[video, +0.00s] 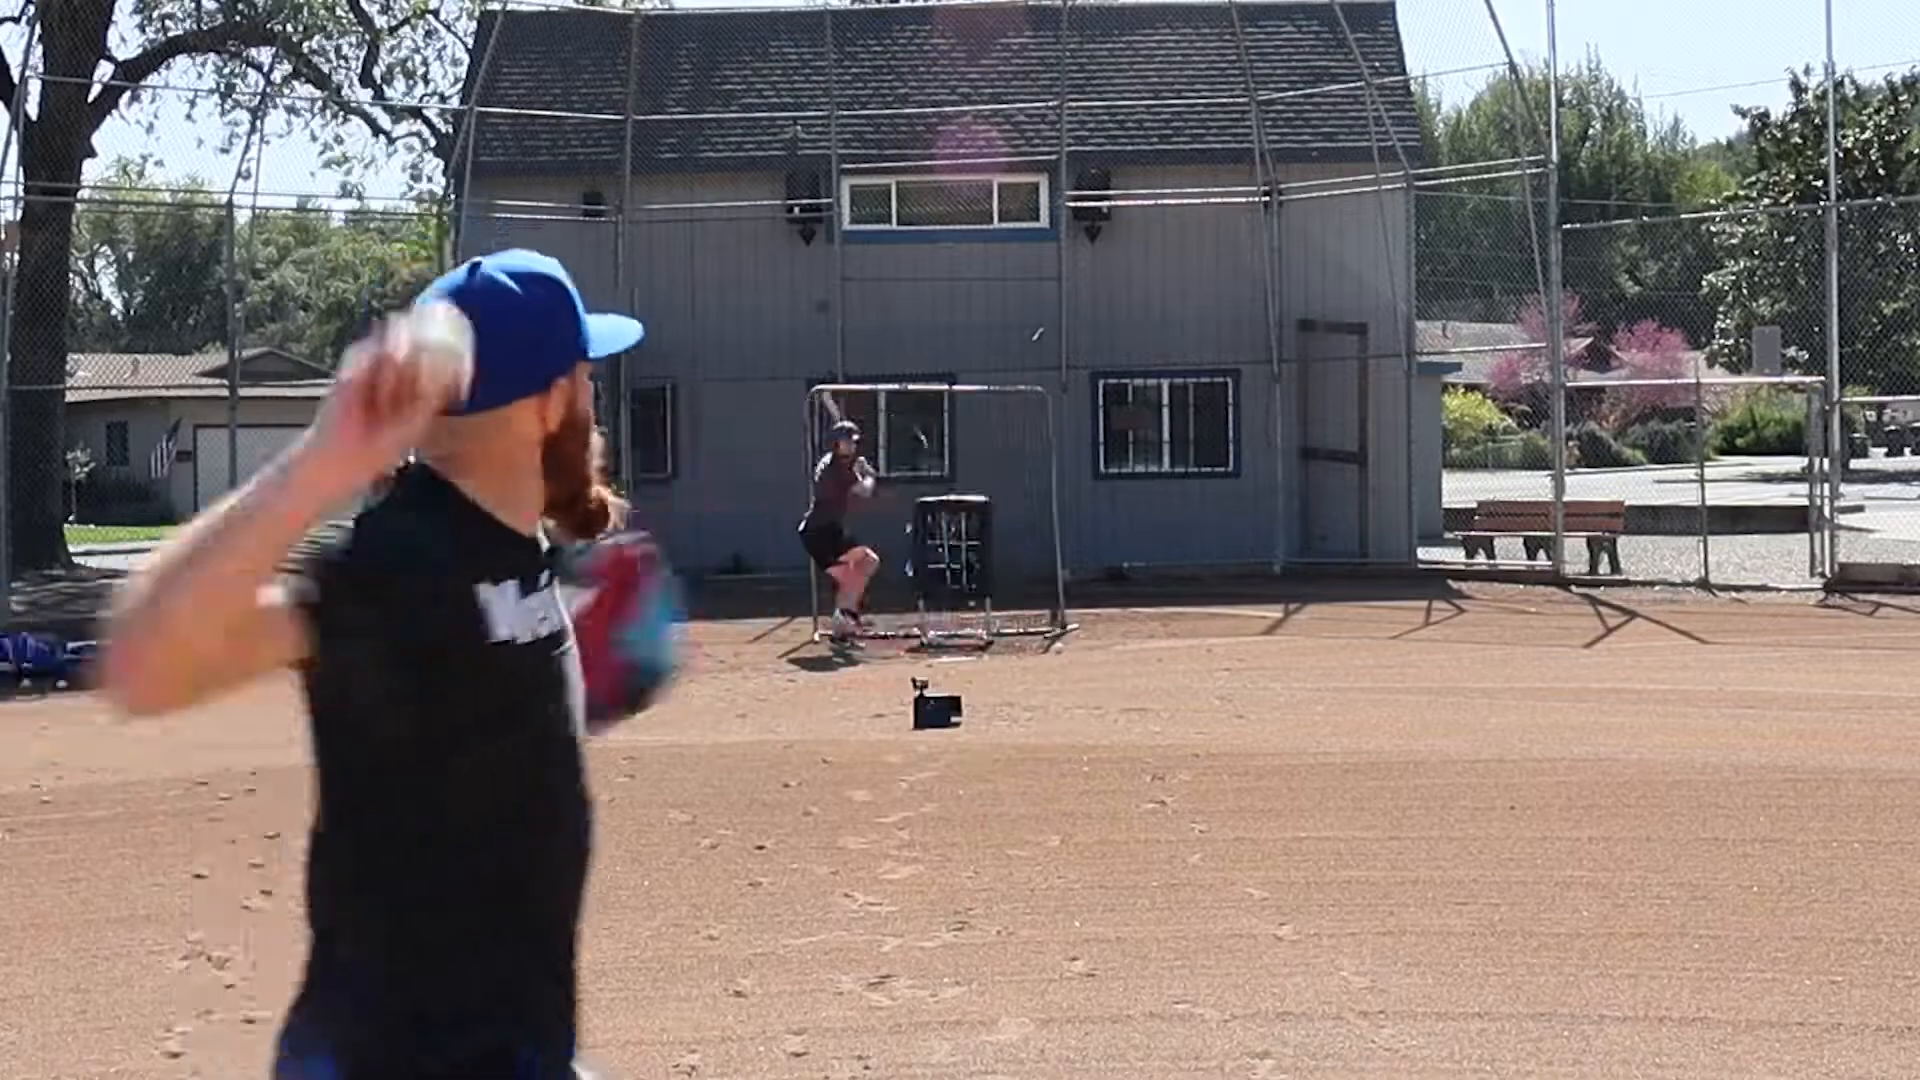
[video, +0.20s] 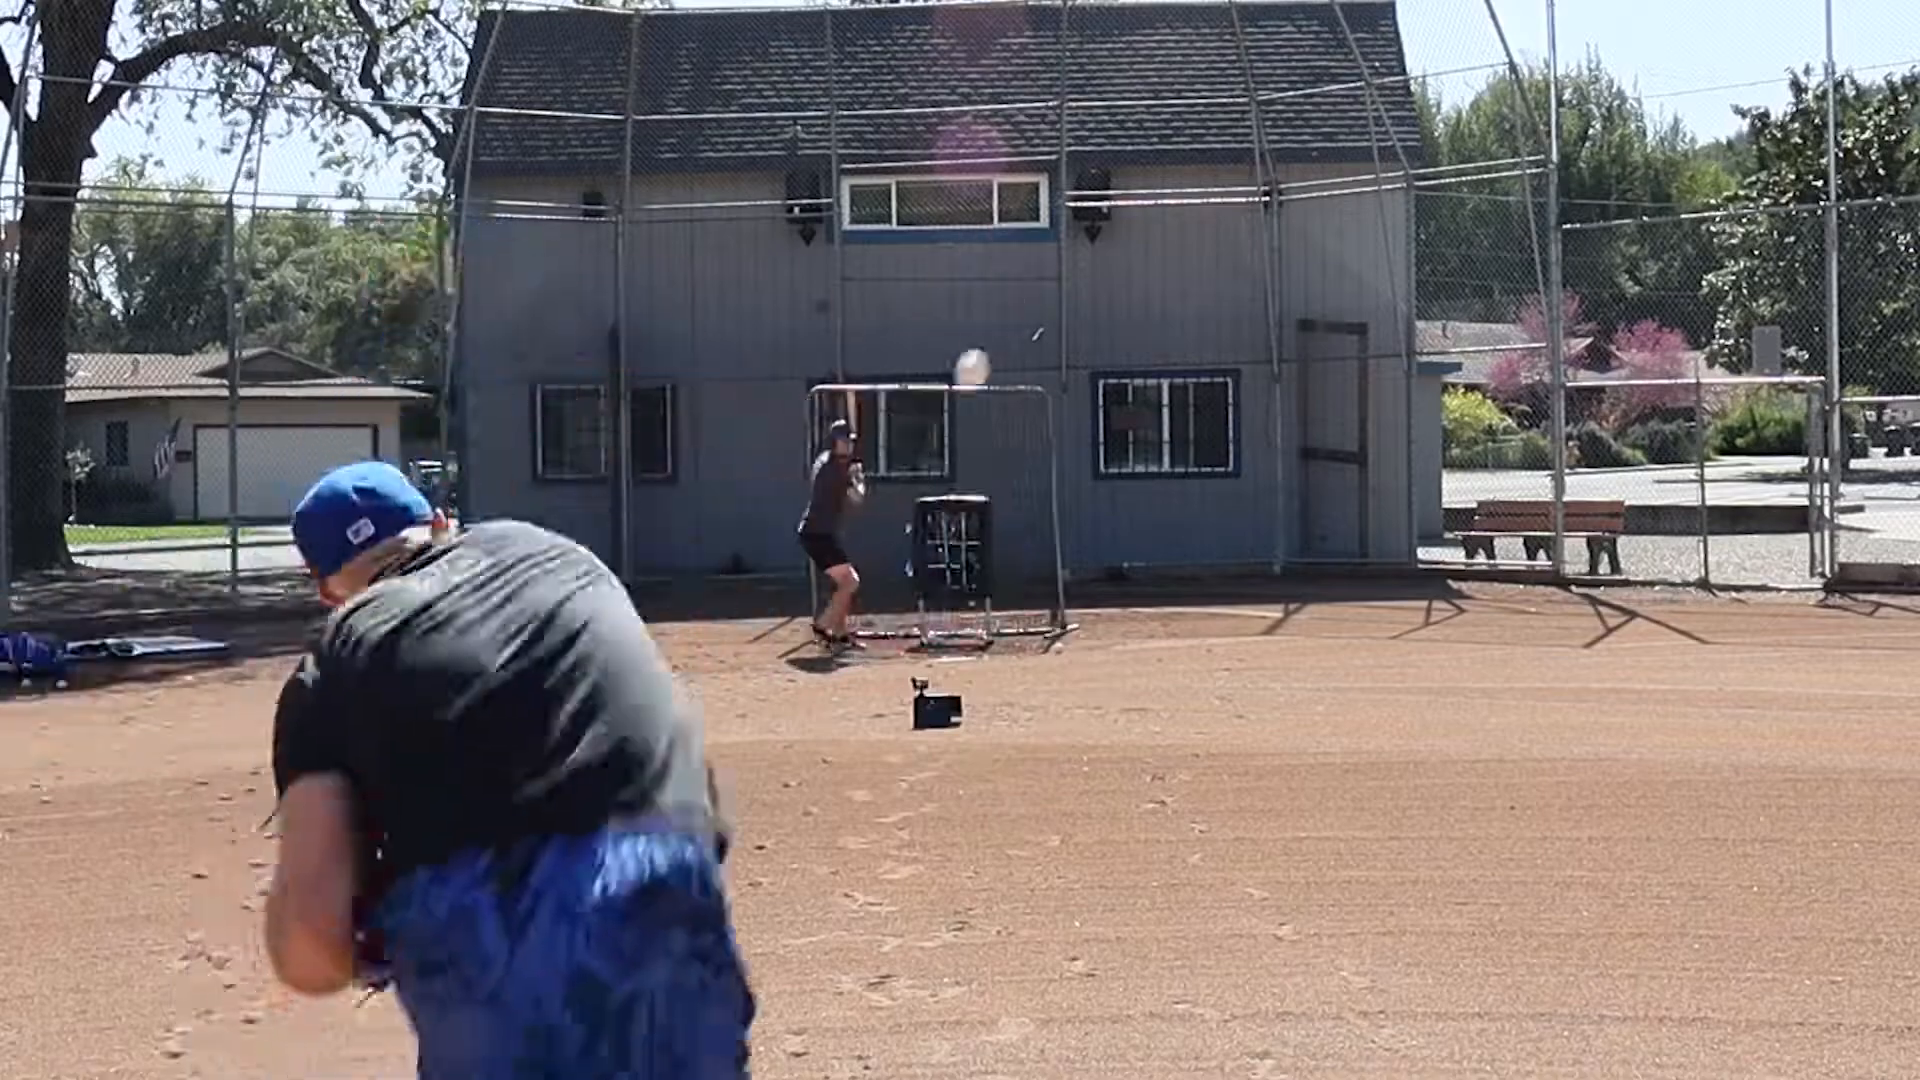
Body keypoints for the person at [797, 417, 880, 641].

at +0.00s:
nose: (853, 447)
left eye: (855, 442)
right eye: (849, 442)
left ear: (853, 443)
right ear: (837, 444)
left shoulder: (829, 463)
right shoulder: (839, 468)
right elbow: (865, 490)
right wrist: (867, 474)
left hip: (813, 529)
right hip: (824, 529)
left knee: (848, 576)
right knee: (867, 559)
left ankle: (842, 621)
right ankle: (847, 611)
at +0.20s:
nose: (848, 446)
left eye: (850, 441)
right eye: (843, 441)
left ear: (851, 442)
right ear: (833, 443)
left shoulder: (835, 464)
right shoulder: (832, 468)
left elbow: (857, 495)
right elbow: (857, 498)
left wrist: (854, 477)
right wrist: (858, 478)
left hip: (826, 529)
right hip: (816, 531)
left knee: (845, 580)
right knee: (848, 580)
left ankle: (840, 629)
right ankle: (824, 624)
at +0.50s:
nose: (842, 440)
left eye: (843, 435)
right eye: (838, 435)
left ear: (841, 436)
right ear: (826, 436)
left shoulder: (818, 455)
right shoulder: (827, 458)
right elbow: (843, 492)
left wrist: (845, 494)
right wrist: (856, 493)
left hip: (820, 527)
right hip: (816, 529)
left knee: (826, 583)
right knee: (831, 582)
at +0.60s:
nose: (842, 437)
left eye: (843, 432)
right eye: (838, 433)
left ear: (834, 435)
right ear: (826, 434)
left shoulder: (817, 454)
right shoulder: (824, 458)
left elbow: (800, 493)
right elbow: (838, 498)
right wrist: (857, 498)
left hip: (820, 527)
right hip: (815, 529)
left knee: (834, 577)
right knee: (822, 583)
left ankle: (841, 629)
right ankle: (806, 639)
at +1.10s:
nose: (850, 439)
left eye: (850, 434)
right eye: (847, 434)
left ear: (834, 435)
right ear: (835, 434)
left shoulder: (834, 459)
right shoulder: (822, 461)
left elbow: (837, 493)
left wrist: (850, 511)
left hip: (829, 524)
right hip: (825, 525)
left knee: (819, 581)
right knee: (842, 580)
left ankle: (806, 636)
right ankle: (839, 631)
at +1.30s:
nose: (866, 445)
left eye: (867, 440)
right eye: (861, 441)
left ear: (865, 443)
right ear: (849, 445)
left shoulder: (842, 463)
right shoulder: (853, 466)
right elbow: (880, 489)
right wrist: (878, 467)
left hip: (824, 531)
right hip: (832, 531)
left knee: (858, 581)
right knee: (870, 571)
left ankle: (848, 634)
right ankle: (847, 613)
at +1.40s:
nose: (866, 449)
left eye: (867, 444)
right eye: (861, 445)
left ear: (869, 446)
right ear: (850, 448)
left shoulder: (859, 468)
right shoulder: (846, 469)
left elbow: (878, 495)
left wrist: (877, 478)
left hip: (835, 529)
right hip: (828, 530)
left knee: (857, 578)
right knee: (865, 572)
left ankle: (845, 632)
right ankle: (843, 618)